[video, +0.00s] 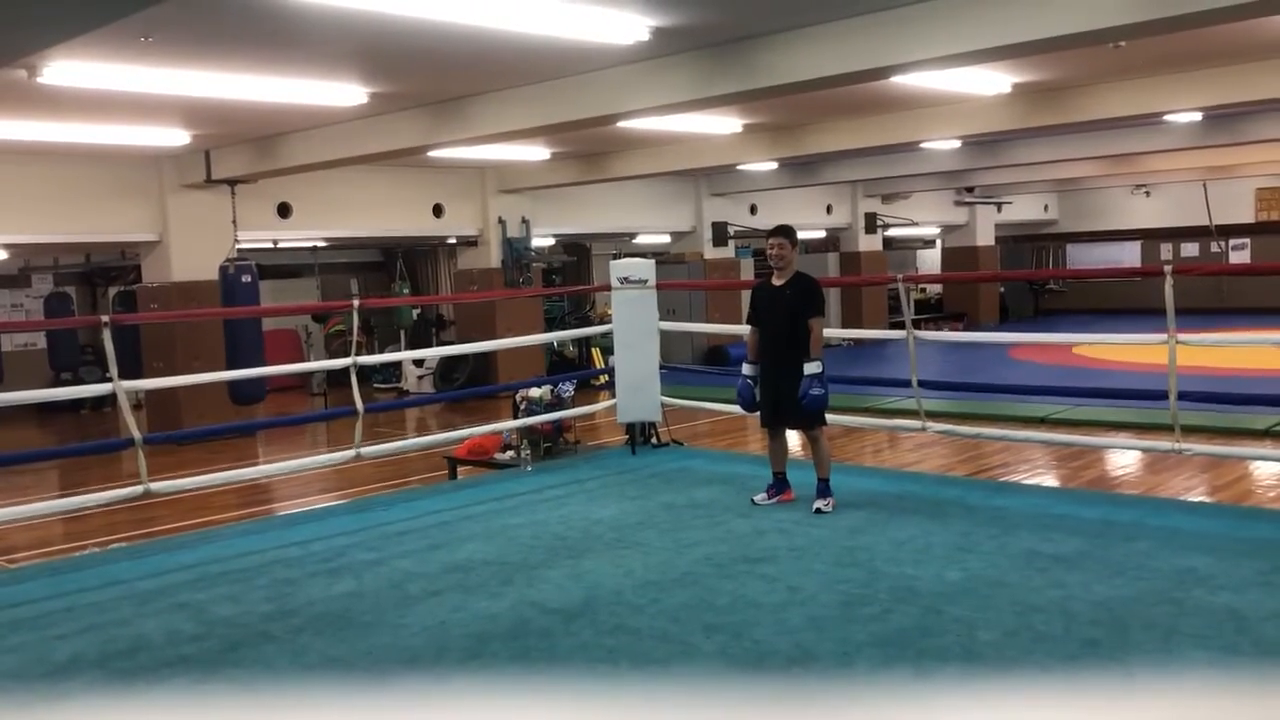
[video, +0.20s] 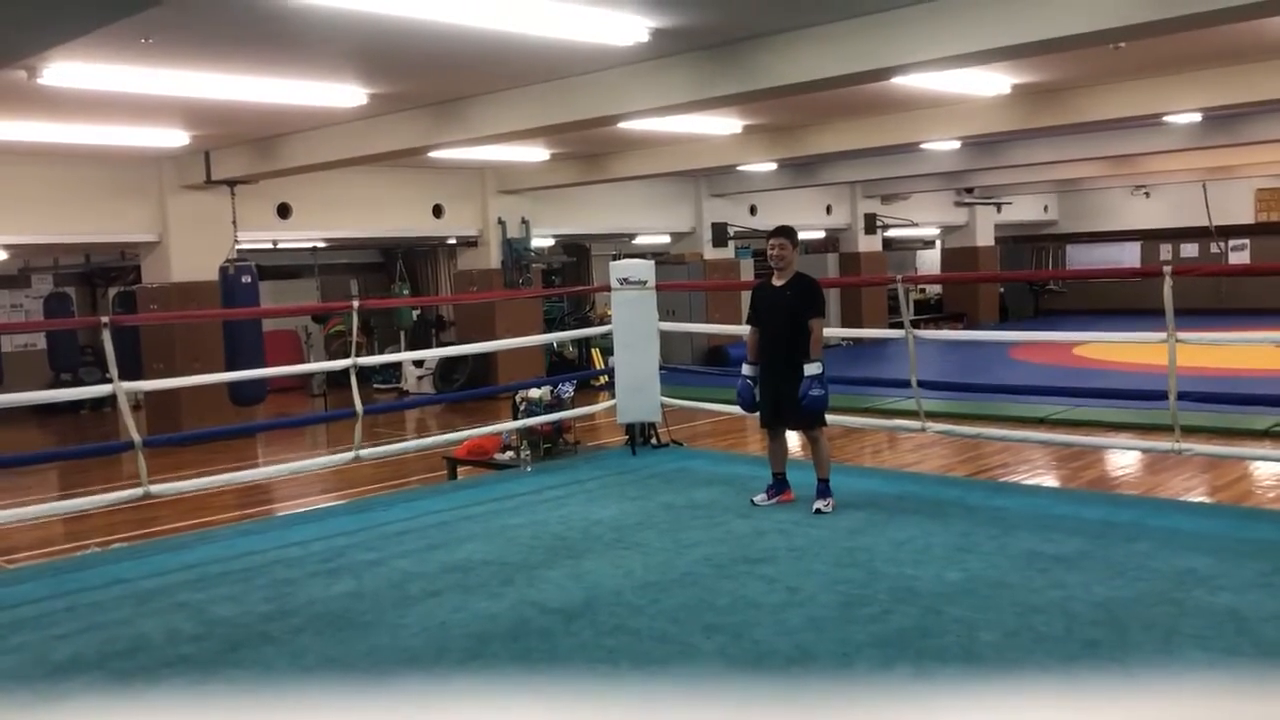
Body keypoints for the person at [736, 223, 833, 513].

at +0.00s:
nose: (774, 252)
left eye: (781, 247)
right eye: (770, 248)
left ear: (794, 250)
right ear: (766, 252)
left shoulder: (808, 286)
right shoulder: (761, 289)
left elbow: (816, 331)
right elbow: (754, 333)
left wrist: (815, 372)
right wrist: (748, 375)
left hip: (801, 372)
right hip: (770, 372)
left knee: (813, 432)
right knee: (774, 430)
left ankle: (823, 490)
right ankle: (779, 485)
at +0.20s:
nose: (775, 253)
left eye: (781, 247)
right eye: (771, 248)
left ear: (795, 251)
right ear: (766, 252)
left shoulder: (808, 287)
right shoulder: (761, 289)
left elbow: (816, 332)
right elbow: (754, 333)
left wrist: (815, 373)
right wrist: (748, 375)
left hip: (801, 372)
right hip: (769, 372)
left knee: (813, 431)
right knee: (774, 430)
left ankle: (823, 491)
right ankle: (779, 486)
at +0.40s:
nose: (777, 251)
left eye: (784, 246)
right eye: (773, 246)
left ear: (797, 249)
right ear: (769, 251)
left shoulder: (810, 285)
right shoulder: (763, 287)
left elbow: (818, 330)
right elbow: (756, 331)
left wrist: (816, 371)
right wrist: (750, 373)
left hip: (802, 370)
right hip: (771, 370)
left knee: (815, 430)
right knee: (775, 428)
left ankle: (825, 489)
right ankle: (781, 484)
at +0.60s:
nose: (778, 251)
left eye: (785, 245)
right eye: (774, 246)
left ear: (798, 249)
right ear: (770, 250)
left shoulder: (812, 285)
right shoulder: (765, 287)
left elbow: (820, 330)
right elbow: (757, 331)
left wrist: (818, 371)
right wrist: (752, 372)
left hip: (803, 370)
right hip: (772, 370)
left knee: (816, 430)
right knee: (776, 428)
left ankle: (826, 489)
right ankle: (782, 483)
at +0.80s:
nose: (777, 250)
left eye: (784, 245)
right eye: (774, 245)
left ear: (798, 248)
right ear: (770, 250)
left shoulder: (812, 285)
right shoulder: (765, 287)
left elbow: (820, 330)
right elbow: (757, 330)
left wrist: (818, 372)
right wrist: (752, 372)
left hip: (804, 370)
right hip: (772, 370)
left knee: (816, 430)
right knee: (777, 428)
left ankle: (826, 488)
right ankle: (782, 483)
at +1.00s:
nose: (776, 250)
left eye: (783, 245)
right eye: (773, 245)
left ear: (798, 248)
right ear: (770, 250)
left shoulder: (813, 285)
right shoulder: (766, 286)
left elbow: (821, 329)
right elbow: (758, 330)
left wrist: (819, 372)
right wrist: (752, 372)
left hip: (804, 370)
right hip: (773, 370)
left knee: (817, 430)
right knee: (777, 428)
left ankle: (826, 488)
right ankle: (783, 483)